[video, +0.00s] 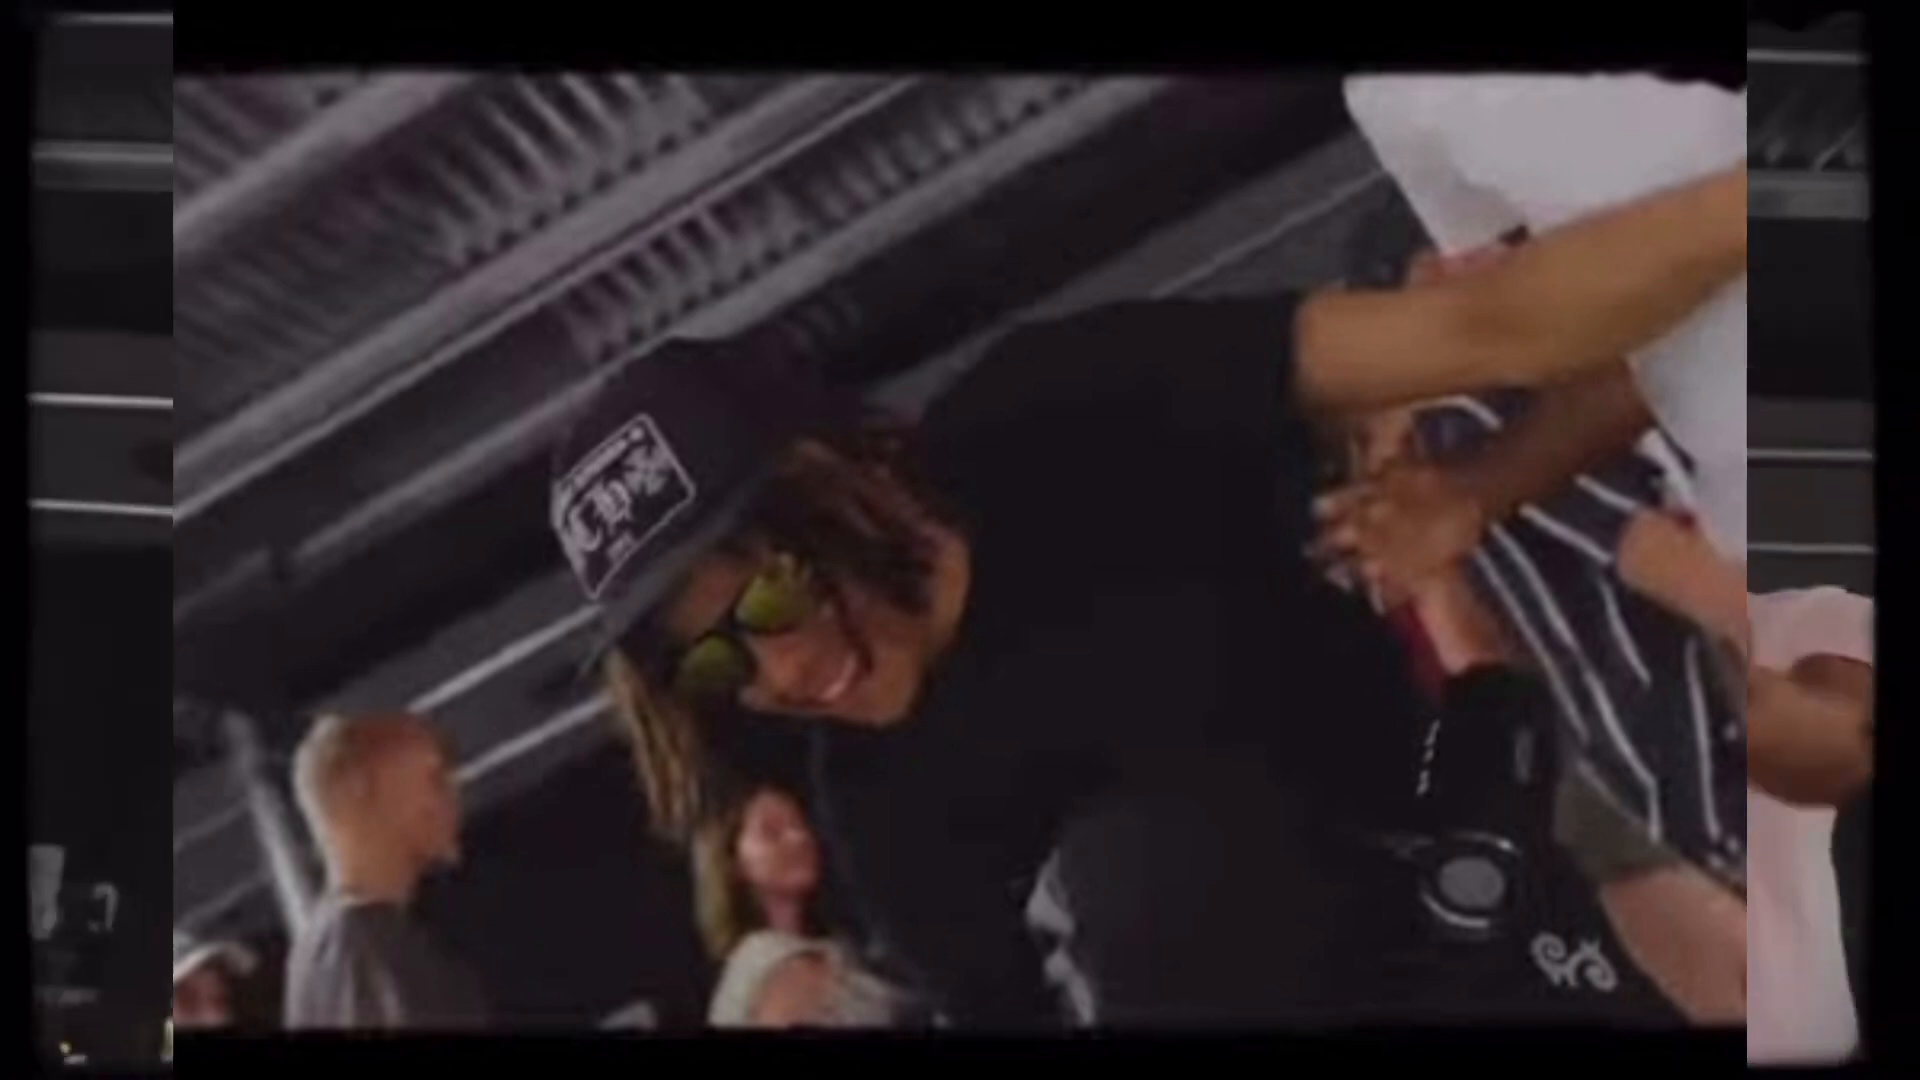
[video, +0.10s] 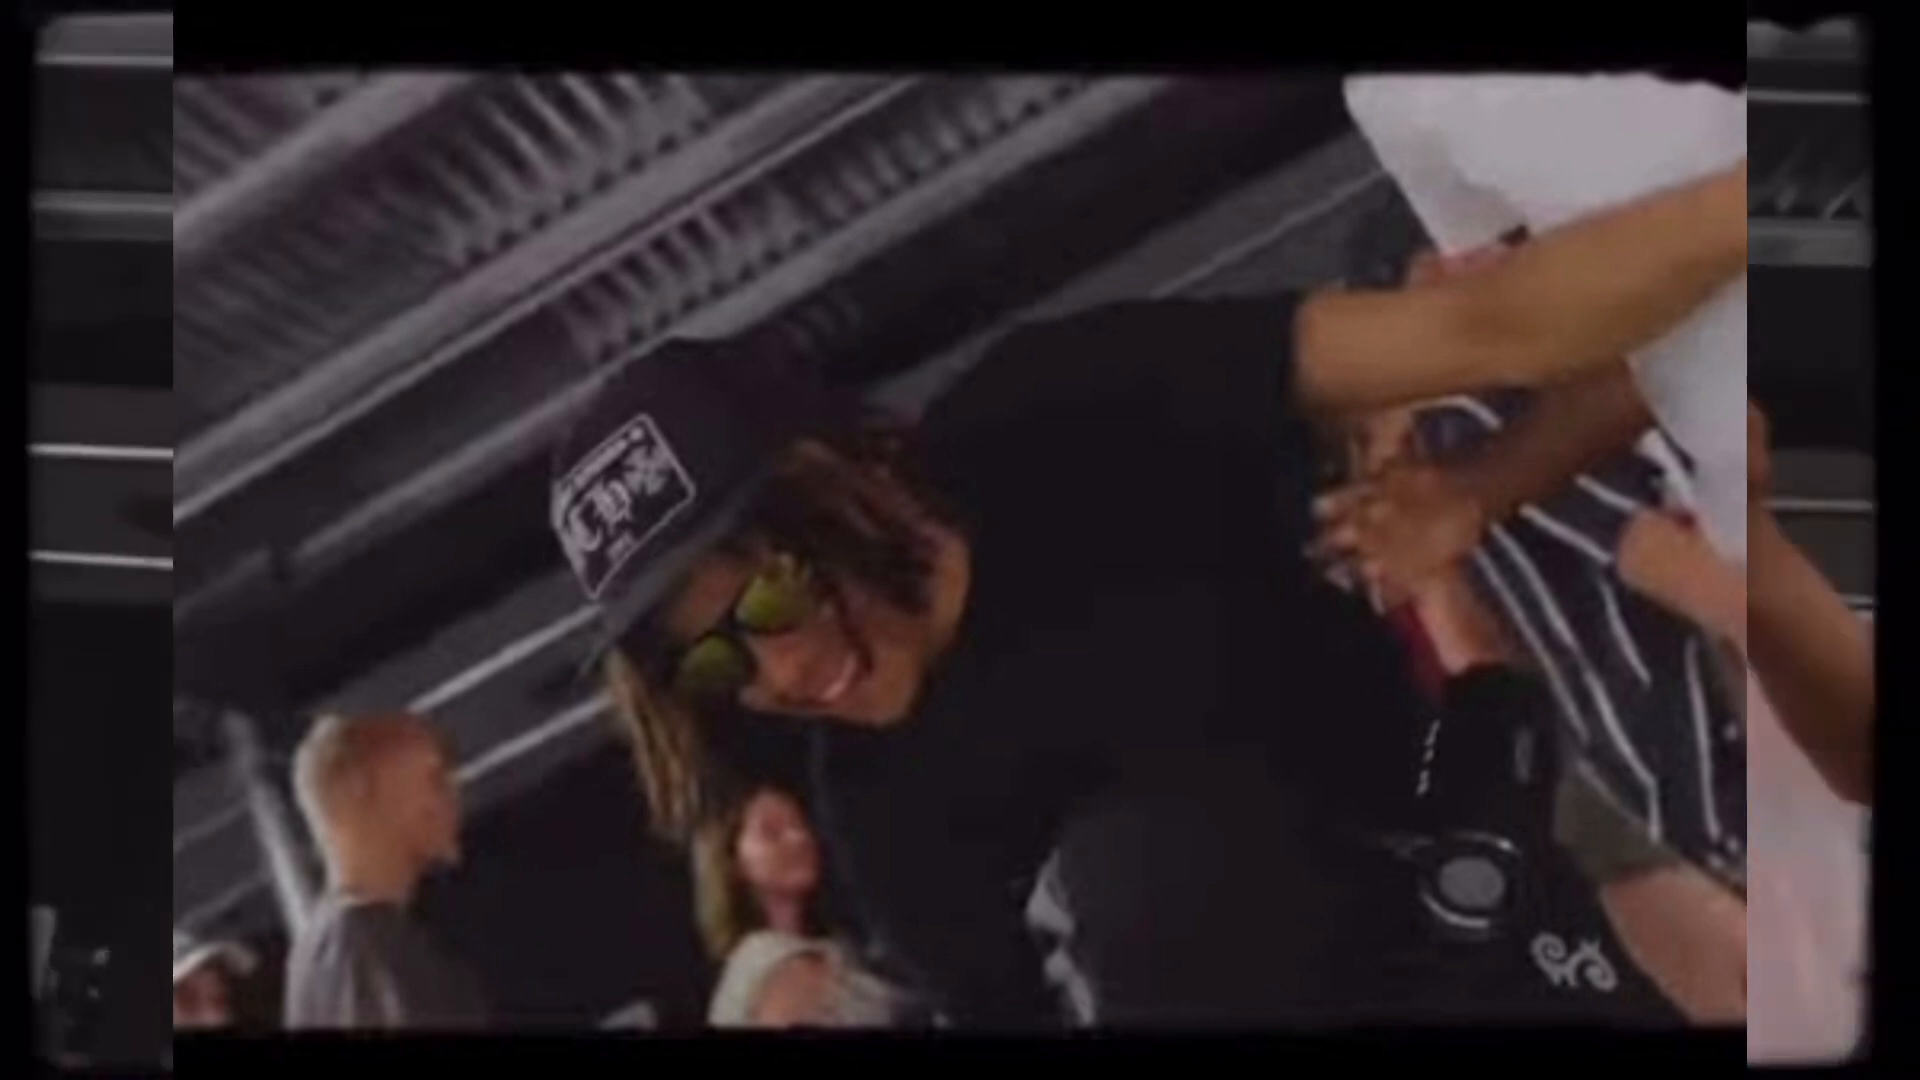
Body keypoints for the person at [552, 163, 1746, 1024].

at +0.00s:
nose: (767, 660)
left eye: (760, 586)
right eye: (708, 656)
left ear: (834, 478)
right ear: (686, 685)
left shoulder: (1051, 404)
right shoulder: (887, 842)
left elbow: (1474, 329)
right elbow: (1030, 1024)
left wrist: (1772, 191)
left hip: (1468, 826)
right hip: (1242, 970)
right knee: (1133, 869)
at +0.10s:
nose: (767, 658)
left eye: (761, 583)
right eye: (708, 655)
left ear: (835, 477)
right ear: (686, 685)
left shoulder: (1053, 403)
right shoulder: (888, 846)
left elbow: (1475, 328)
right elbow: (1031, 1024)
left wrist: (1774, 198)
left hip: (1476, 839)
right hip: (1245, 975)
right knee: (1135, 867)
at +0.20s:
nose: (768, 658)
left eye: (761, 583)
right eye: (708, 655)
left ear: (836, 476)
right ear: (686, 687)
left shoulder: (1057, 402)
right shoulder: (888, 844)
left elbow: (1470, 330)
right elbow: (1027, 1025)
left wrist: (1767, 198)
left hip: (1476, 850)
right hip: (1236, 974)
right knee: (1137, 863)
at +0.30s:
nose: (767, 657)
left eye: (760, 582)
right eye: (707, 655)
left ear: (833, 476)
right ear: (686, 686)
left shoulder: (1052, 403)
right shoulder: (887, 843)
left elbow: (1468, 329)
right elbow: (1028, 1024)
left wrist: (1777, 190)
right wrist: (842, 1001)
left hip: (1481, 840)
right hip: (1247, 972)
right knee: (1136, 862)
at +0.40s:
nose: (767, 659)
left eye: (761, 583)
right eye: (708, 655)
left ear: (835, 477)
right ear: (687, 686)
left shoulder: (1053, 404)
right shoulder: (888, 846)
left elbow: (1477, 328)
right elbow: (1032, 1024)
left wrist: (1779, 187)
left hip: (1480, 844)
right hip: (1252, 974)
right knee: (1134, 868)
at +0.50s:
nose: (767, 658)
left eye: (760, 583)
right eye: (708, 655)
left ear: (835, 477)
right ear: (687, 687)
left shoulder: (1053, 402)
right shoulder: (888, 846)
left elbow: (1474, 329)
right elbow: (1032, 1025)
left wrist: (1773, 188)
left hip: (1478, 836)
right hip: (1252, 971)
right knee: (1136, 864)